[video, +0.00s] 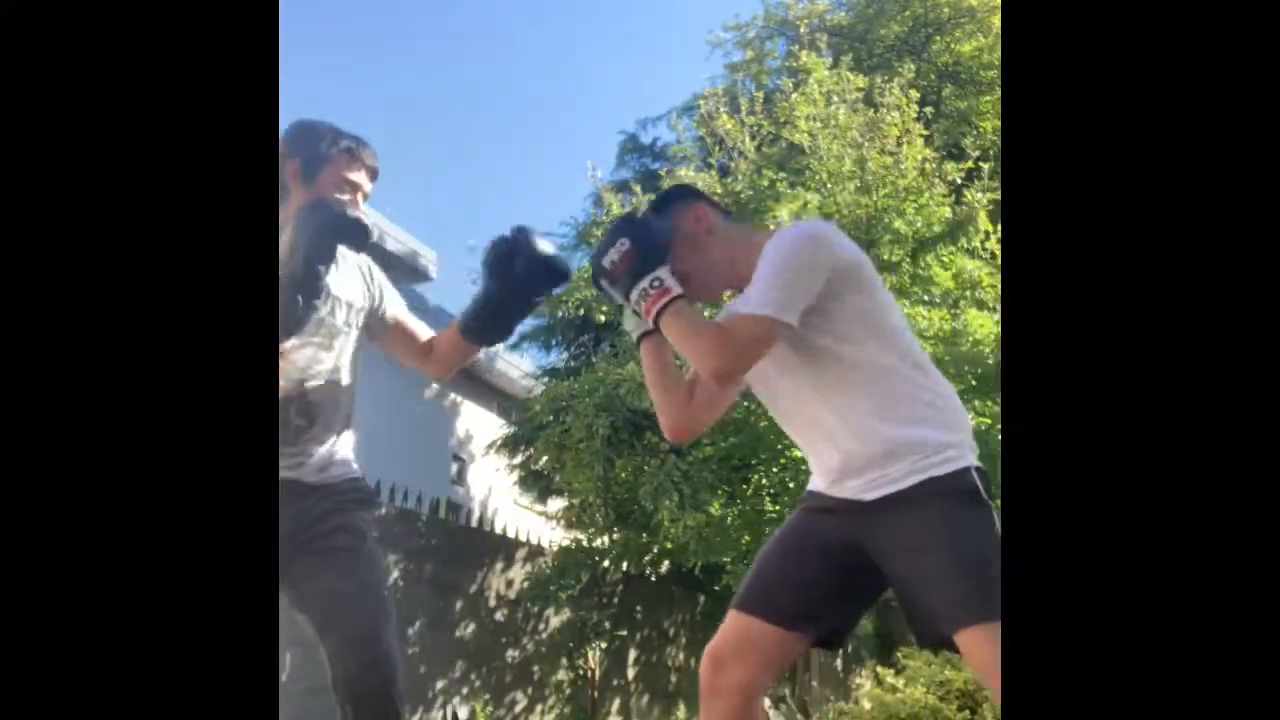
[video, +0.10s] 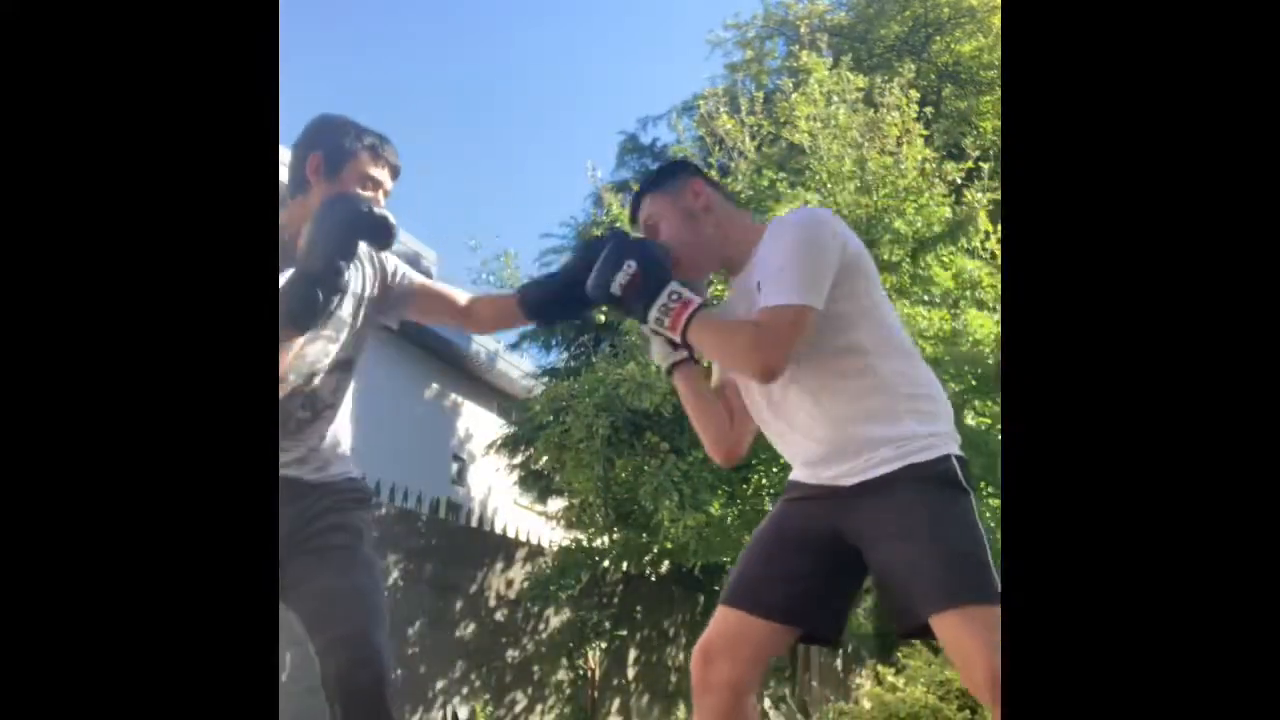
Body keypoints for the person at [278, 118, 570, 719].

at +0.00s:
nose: (359, 207)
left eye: (366, 196)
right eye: (348, 188)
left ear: (368, 201)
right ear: (293, 173)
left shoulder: (357, 270)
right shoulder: (284, 256)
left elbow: (436, 360)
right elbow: (284, 345)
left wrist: (498, 303)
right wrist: (299, 271)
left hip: (321, 488)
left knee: (372, 670)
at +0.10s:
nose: (379, 206)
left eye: (386, 194)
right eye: (368, 185)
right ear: (315, 168)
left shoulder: (365, 266)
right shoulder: (283, 256)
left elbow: (468, 312)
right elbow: (285, 371)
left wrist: (561, 291)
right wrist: (318, 270)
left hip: (320, 489)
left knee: (362, 673)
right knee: (277, 677)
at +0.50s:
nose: (385, 147)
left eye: (391, 135)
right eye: (374, 125)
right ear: (313, 103)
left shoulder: (374, 227)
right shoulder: (284, 206)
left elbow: (431, 340)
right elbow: (284, 294)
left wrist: (511, 285)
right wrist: (310, 217)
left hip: (324, 474)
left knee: (356, 683)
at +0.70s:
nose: (319, 126)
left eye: (325, 115)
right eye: (308, 103)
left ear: (325, 121)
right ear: (277, 86)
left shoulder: (297, 225)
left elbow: (331, 334)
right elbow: (330, 333)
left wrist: (403, 266)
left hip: (288, 454)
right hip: (289, 454)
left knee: (342, 684)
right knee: (337, 683)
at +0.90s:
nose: (352, 77)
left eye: (356, 65)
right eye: (343, 59)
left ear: (326, 82)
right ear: (299, 64)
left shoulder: (292, 178)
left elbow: (359, 282)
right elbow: (359, 280)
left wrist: (382, 161)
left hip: (282, 432)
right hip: (281, 435)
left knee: (321, 650)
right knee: (318, 652)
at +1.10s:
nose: (377, 134)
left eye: (388, 117)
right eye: (378, 106)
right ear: (342, 71)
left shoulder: (318, 191)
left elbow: (419, 305)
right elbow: (344, 232)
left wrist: (456, 184)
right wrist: (412, 121)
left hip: (284, 450)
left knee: (337, 675)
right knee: (334, 675)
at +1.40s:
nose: (343, 102)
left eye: (353, 88)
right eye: (337, 70)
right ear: (287, 41)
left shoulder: (290, 188)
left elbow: (318, 344)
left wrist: (437, 291)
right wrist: (396, 223)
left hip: (282, 463)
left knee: (346, 658)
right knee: (342, 657)